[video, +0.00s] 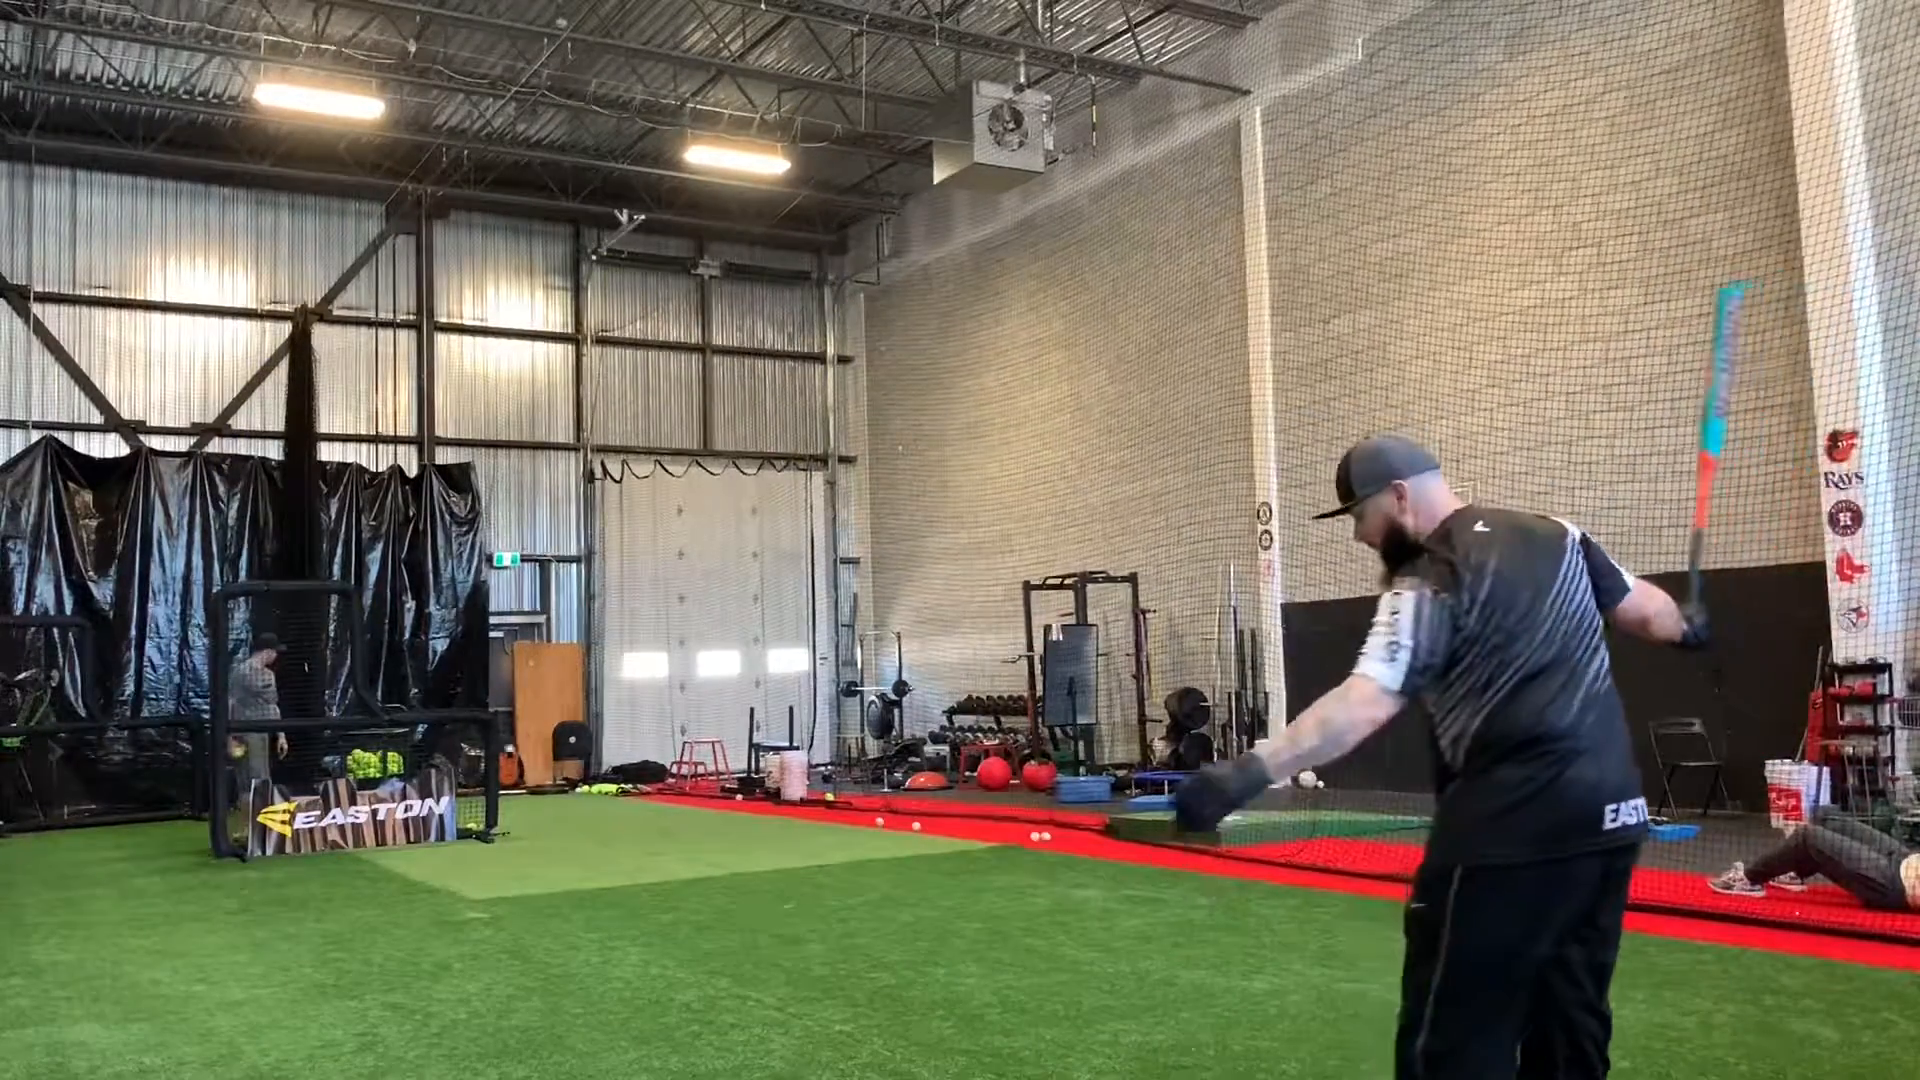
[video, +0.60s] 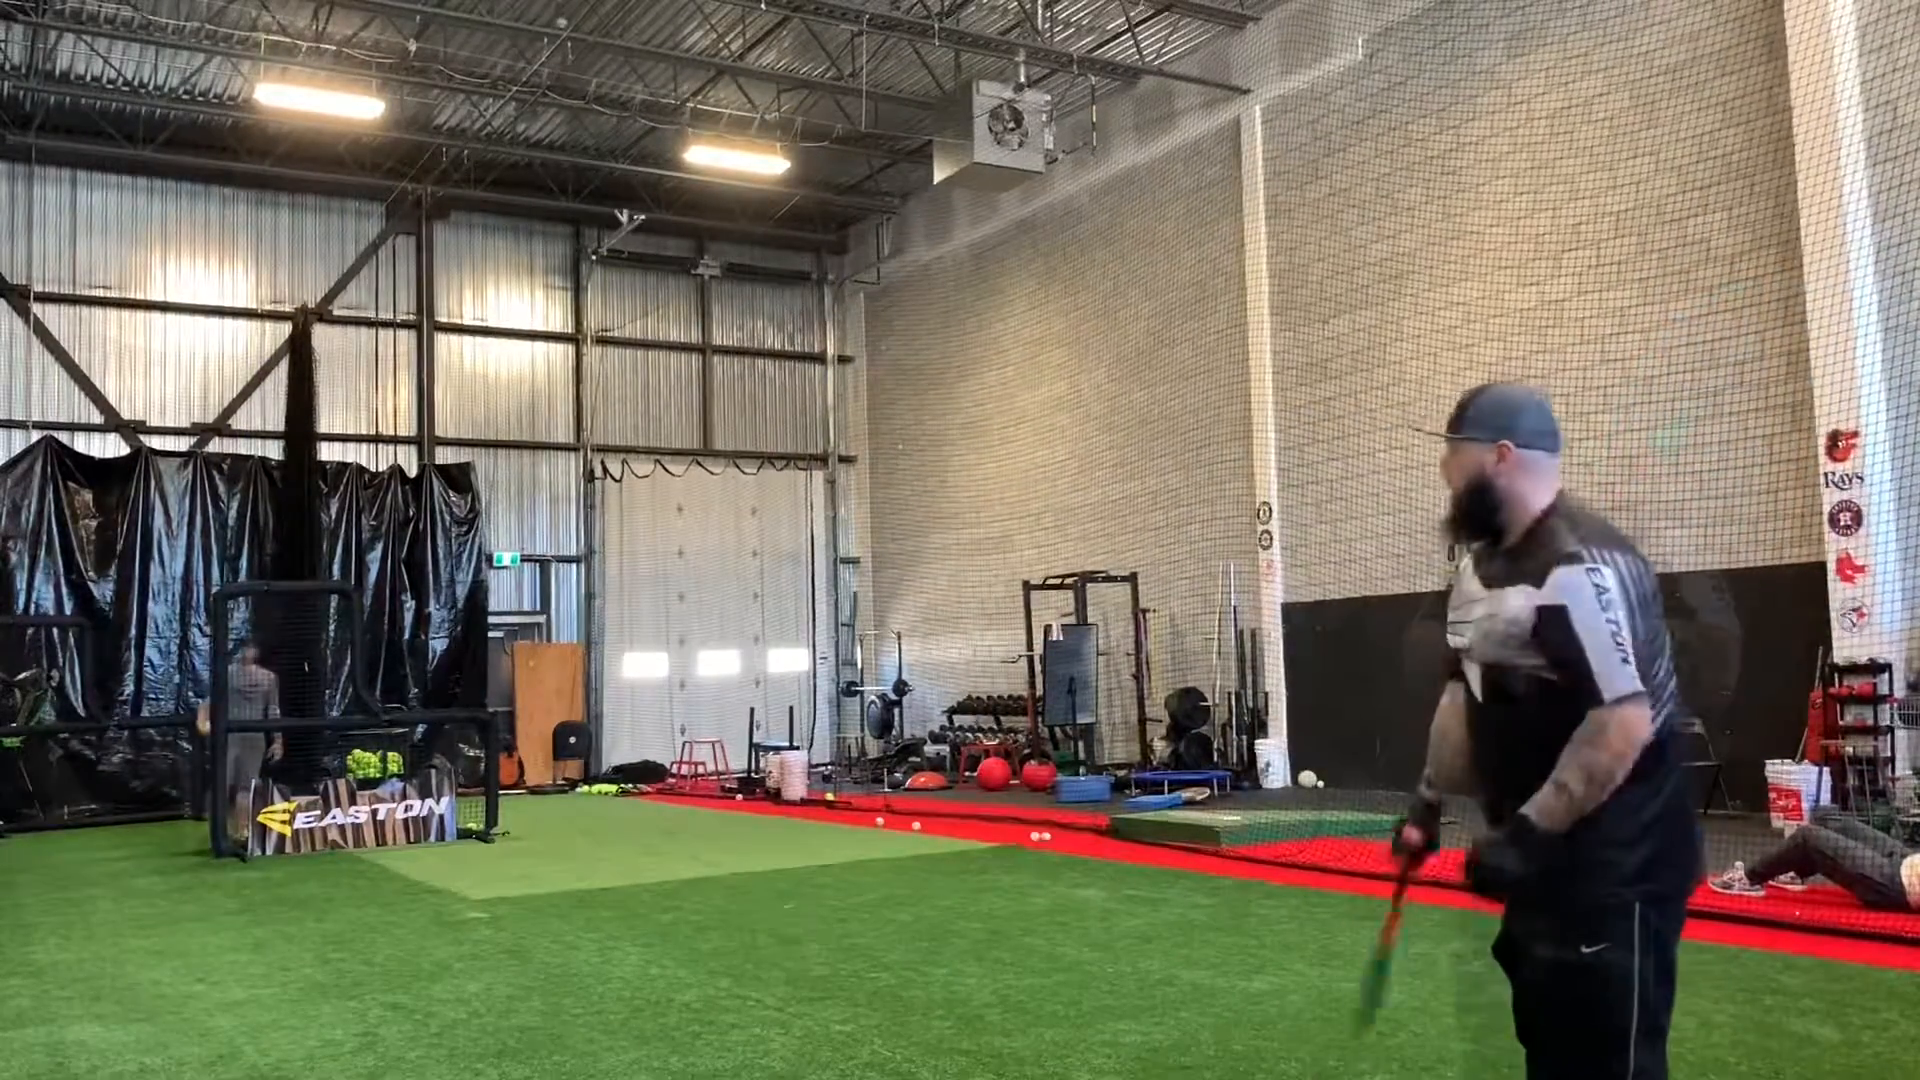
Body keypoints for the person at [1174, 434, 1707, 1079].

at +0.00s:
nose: (1357, 532)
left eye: (1358, 512)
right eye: (1352, 516)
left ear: (1400, 497)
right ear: (1420, 489)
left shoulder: (1424, 581)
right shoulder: (1556, 536)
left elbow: (1366, 704)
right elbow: (1645, 608)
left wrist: (1247, 771)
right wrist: (1685, 627)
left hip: (1504, 828)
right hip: (1611, 817)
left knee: (1447, 1037)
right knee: (1570, 1030)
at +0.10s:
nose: (1365, 532)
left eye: (1368, 514)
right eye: (1361, 518)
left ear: (1412, 495)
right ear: (1427, 493)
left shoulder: (1453, 578)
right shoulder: (1551, 537)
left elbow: (1431, 694)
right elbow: (1627, 613)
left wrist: (1318, 761)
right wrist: (1643, 617)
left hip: (1524, 831)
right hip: (1611, 819)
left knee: (1478, 1025)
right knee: (1575, 1022)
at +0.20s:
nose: (1378, 525)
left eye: (1382, 505)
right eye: (1373, 509)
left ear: (1432, 490)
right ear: (1440, 492)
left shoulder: (1482, 556)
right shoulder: (1535, 540)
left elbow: (1506, 650)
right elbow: (1594, 665)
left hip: (1550, 831)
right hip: (1598, 820)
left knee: (1512, 1024)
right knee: (1566, 1026)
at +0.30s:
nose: (1389, 507)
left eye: (1396, 487)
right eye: (1387, 490)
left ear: (1445, 481)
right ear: (1448, 483)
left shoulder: (1498, 529)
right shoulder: (1490, 534)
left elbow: (1545, 586)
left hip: (1573, 840)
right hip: (1551, 836)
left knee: (1549, 1030)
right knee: (1547, 1024)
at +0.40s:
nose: (1405, 492)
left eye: (1413, 472)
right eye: (1405, 475)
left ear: (1462, 471)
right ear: (1466, 474)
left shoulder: (1519, 528)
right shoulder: (1519, 526)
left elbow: (1570, 600)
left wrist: (1560, 736)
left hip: (1584, 850)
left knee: (1577, 1051)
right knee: (1576, 1042)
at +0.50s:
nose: (1425, 479)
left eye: (1436, 461)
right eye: (1428, 462)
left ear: (1484, 462)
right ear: (1482, 465)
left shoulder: (1550, 550)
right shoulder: (1487, 554)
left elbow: (1604, 682)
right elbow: (1473, 667)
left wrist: (1554, 802)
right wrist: (1440, 748)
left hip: (1603, 865)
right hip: (1555, 858)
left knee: (1601, 1058)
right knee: (1560, 1050)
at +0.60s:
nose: (1444, 472)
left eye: (1455, 452)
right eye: (1446, 454)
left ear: (1503, 456)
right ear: (1501, 457)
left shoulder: (1583, 562)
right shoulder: (1486, 559)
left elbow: (1625, 720)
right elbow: (1462, 689)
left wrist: (1526, 832)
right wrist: (1428, 804)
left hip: (1615, 868)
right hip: (1549, 861)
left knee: (1609, 1059)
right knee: (1554, 1054)